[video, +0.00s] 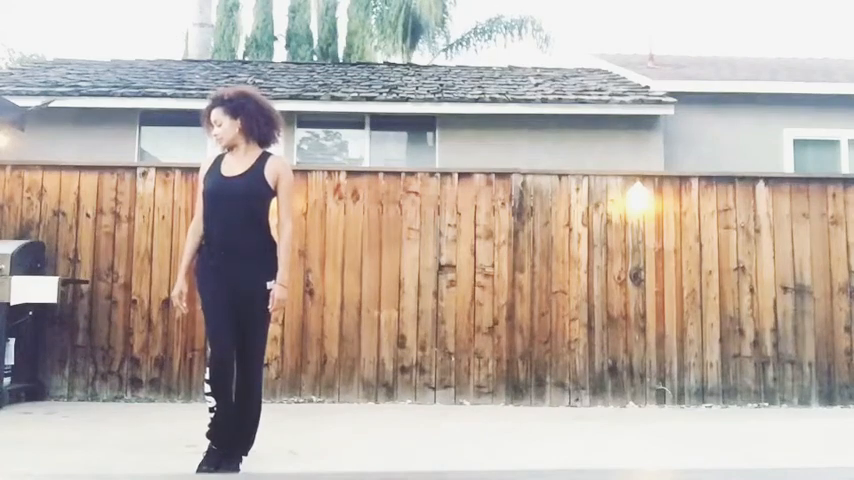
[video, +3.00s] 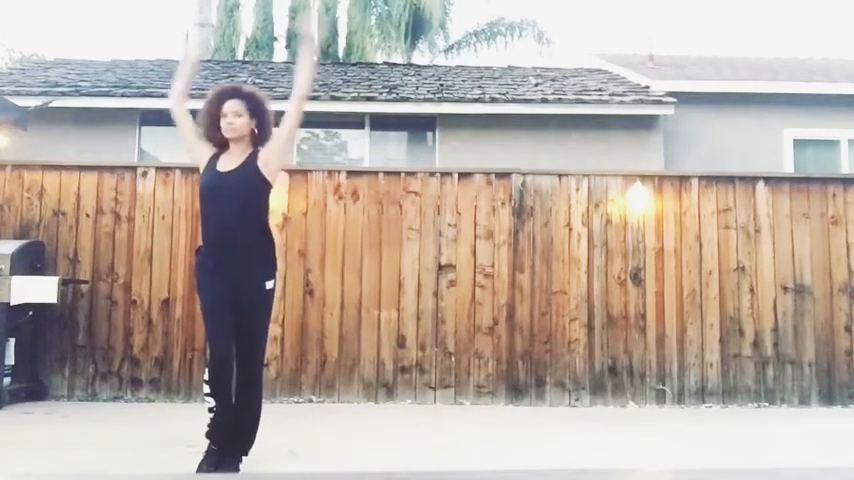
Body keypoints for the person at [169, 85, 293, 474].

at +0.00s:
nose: (213, 131)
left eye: (218, 123)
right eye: (211, 125)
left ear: (243, 120)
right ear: (217, 127)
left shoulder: (275, 164)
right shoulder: (212, 164)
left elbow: (286, 225)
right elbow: (199, 223)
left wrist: (282, 279)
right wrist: (181, 275)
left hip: (255, 272)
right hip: (213, 270)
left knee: (249, 360)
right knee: (221, 354)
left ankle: (238, 448)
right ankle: (220, 443)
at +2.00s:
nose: (212, 131)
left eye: (217, 123)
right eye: (210, 124)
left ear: (241, 121)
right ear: (223, 126)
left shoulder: (273, 165)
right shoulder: (212, 165)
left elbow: (294, 218)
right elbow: (179, 218)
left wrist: (317, 265)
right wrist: (146, 268)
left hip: (257, 273)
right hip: (214, 271)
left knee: (249, 362)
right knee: (220, 356)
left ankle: (238, 450)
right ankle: (218, 446)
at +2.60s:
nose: (215, 130)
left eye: (221, 122)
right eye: (213, 124)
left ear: (245, 120)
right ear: (217, 125)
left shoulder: (274, 165)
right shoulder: (213, 162)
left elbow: (314, 203)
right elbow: (177, 203)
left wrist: (351, 241)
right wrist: (137, 243)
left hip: (256, 272)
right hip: (212, 270)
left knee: (250, 362)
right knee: (220, 355)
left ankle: (237, 450)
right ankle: (219, 444)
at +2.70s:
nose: (215, 129)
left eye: (221, 121)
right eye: (213, 122)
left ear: (245, 121)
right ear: (214, 124)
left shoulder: (272, 163)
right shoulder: (211, 162)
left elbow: (328, 183)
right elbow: (161, 185)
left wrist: (372, 202)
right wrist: (115, 209)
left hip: (256, 273)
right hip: (212, 270)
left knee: (250, 362)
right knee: (221, 355)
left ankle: (236, 451)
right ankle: (218, 443)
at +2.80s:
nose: (219, 126)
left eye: (226, 118)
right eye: (216, 120)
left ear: (248, 120)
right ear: (214, 123)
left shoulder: (272, 159)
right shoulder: (215, 160)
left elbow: (324, 150)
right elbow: (172, 156)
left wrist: (362, 140)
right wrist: (135, 151)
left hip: (255, 271)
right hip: (212, 268)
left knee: (250, 360)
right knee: (220, 353)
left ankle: (235, 449)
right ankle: (219, 442)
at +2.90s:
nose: (224, 122)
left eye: (232, 116)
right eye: (220, 117)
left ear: (253, 119)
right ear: (216, 123)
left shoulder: (270, 157)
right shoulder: (210, 156)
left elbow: (312, 119)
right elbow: (164, 122)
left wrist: (353, 76)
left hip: (256, 270)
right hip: (213, 268)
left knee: (251, 361)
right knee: (221, 354)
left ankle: (237, 451)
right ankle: (218, 445)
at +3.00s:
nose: (230, 120)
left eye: (237, 114)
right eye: (224, 115)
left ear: (254, 121)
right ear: (217, 122)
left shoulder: (269, 158)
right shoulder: (208, 158)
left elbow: (299, 99)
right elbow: (176, 104)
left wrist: (309, 42)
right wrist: (193, 53)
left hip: (256, 269)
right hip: (212, 268)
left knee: (249, 362)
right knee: (220, 353)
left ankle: (237, 451)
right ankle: (218, 444)